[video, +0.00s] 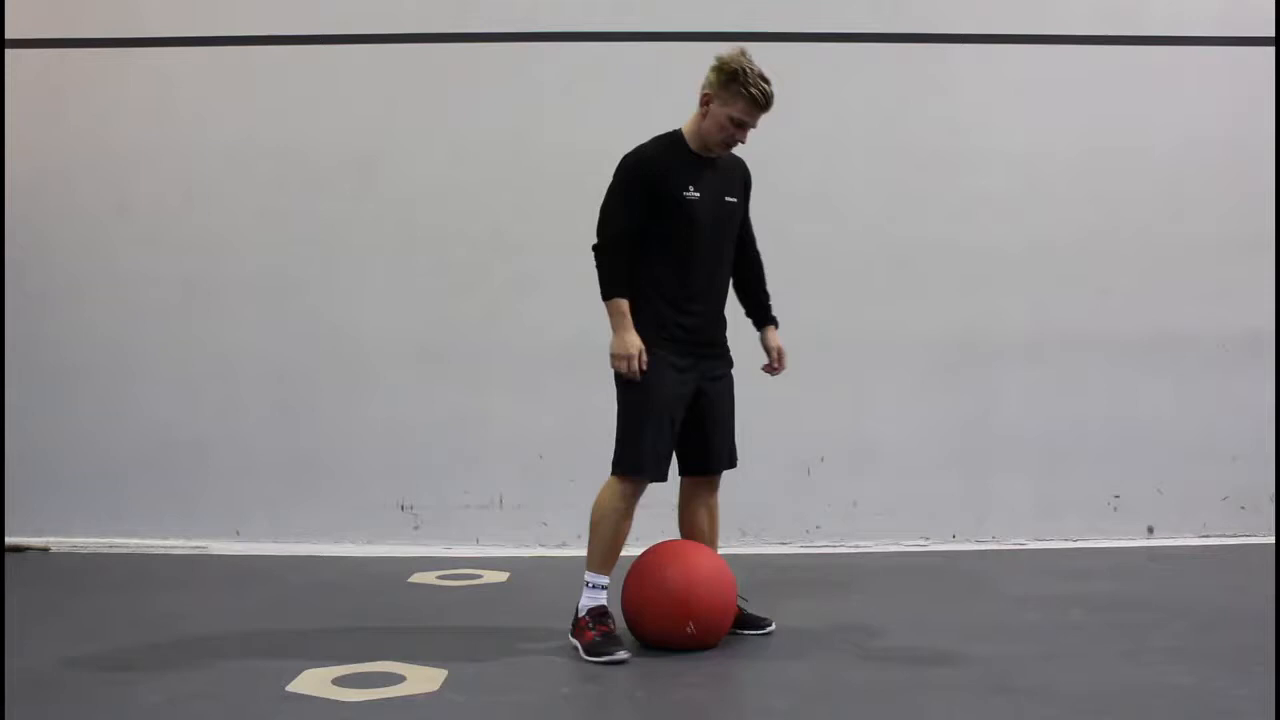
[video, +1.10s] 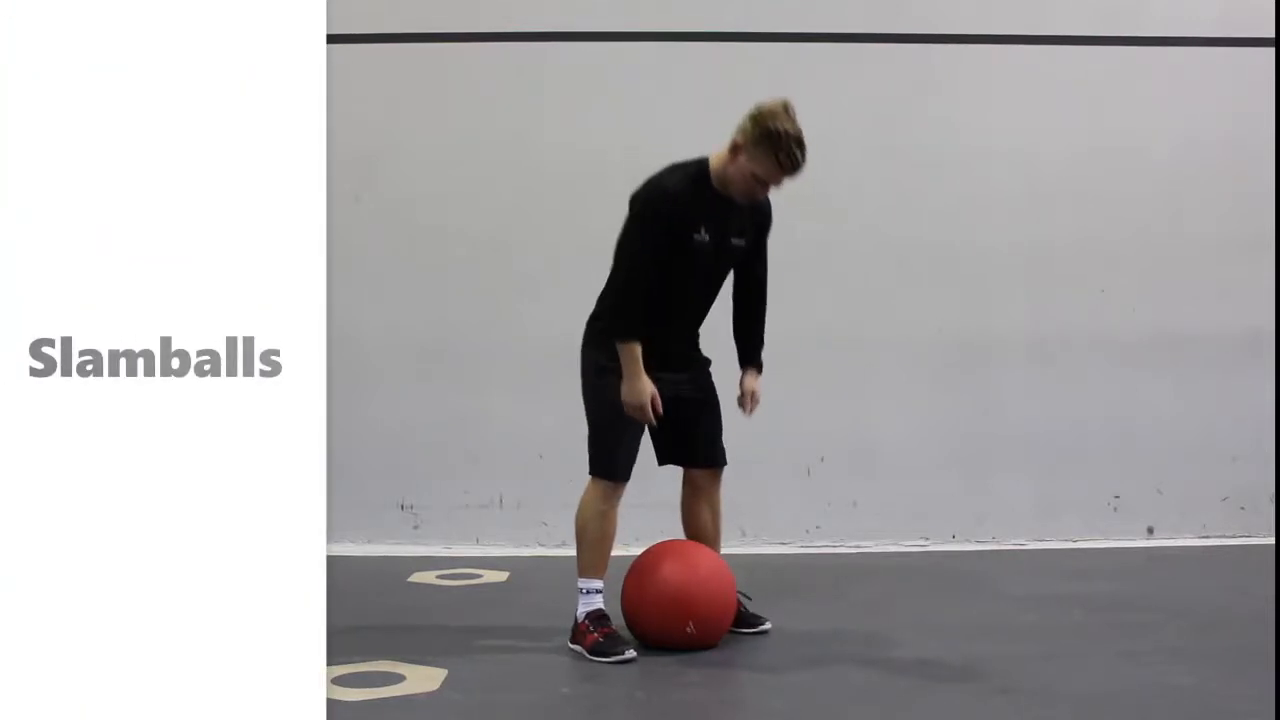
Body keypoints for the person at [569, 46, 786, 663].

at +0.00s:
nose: (742, 135)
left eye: (750, 126)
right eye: (737, 122)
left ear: (753, 120)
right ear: (706, 103)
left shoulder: (735, 173)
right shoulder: (644, 164)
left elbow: (742, 252)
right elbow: (608, 247)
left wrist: (766, 324)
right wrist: (622, 327)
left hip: (709, 353)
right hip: (653, 350)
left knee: (703, 476)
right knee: (632, 476)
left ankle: (707, 602)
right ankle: (592, 607)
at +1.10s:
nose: (763, 192)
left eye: (773, 184)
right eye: (758, 179)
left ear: (780, 175)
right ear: (735, 149)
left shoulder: (754, 211)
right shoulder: (665, 195)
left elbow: (750, 290)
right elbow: (624, 289)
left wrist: (751, 366)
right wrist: (632, 371)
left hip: (679, 347)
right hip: (617, 345)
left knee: (705, 464)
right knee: (611, 473)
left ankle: (710, 596)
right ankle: (589, 614)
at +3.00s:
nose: (682, 148)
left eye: (688, 138)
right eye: (670, 137)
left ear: (693, 140)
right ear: (640, 136)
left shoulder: (703, 209)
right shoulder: (617, 200)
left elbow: (745, 266)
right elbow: (647, 260)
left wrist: (762, 291)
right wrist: (719, 293)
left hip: (683, 363)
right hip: (623, 367)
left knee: (730, 475)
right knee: (654, 483)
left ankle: (690, 603)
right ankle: (610, 614)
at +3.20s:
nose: (672, 117)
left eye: (679, 108)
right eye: (661, 107)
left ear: (685, 110)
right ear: (631, 107)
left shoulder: (697, 181)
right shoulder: (611, 175)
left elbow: (744, 239)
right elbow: (642, 233)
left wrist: (762, 266)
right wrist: (716, 267)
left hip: (681, 343)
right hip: (623, 346)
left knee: (699, 465)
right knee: (627, 472)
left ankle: (688, 599)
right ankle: (605, 608)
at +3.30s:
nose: (668, 116)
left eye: (676, 106)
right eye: (658, 105)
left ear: (681, 109)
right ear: (627, 105)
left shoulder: (694, 178)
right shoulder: (607, 176)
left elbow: (743, 235)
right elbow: (643, 233)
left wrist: (761, 261)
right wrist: (723, 263)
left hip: (680, 342)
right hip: (623, 346)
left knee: (699, 465)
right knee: (623, 474)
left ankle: (690, 600)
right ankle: (604, 611)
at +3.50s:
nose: (664, 118)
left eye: (672, 108)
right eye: (653, 107)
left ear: (680, 109)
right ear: (625, 104)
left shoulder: (695, 177)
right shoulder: (603, 174)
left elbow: (741, 238)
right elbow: (635, 232)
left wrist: (756, 263)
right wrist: (713, 265)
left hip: (683, 341)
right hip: (621, 344)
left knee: (708, 459)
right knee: (616, 470)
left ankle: (703, 595)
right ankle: (584, 609)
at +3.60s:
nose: (663, 123)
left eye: (671, 113)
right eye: (652, 112)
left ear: (679, 112)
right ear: (624, 107)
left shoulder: (694, 182)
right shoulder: (601, 176)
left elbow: (738, 242)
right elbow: (630, 232)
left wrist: (754, 267)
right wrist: (703, 265)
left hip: (680, 346)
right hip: (618, 349)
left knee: (701, 467)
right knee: (612, 479)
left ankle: (702, 599)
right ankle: (587, 612)